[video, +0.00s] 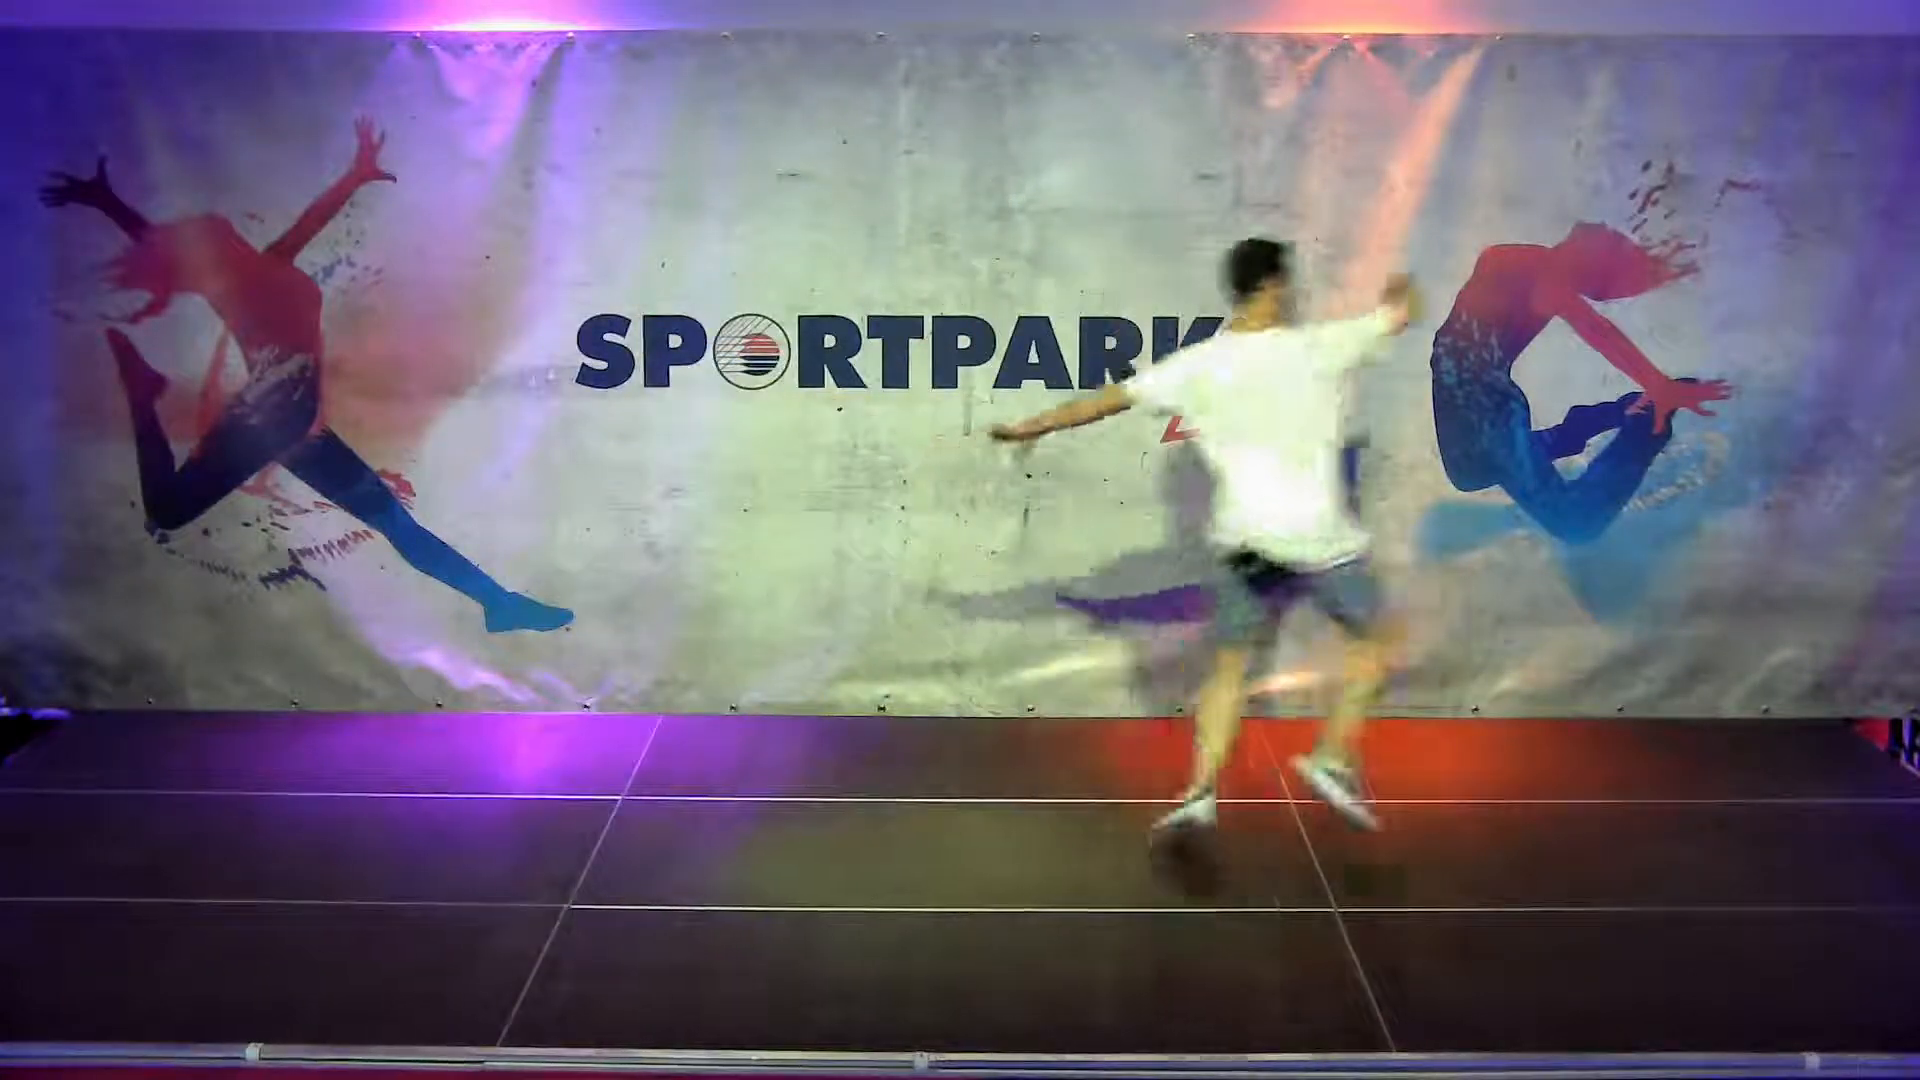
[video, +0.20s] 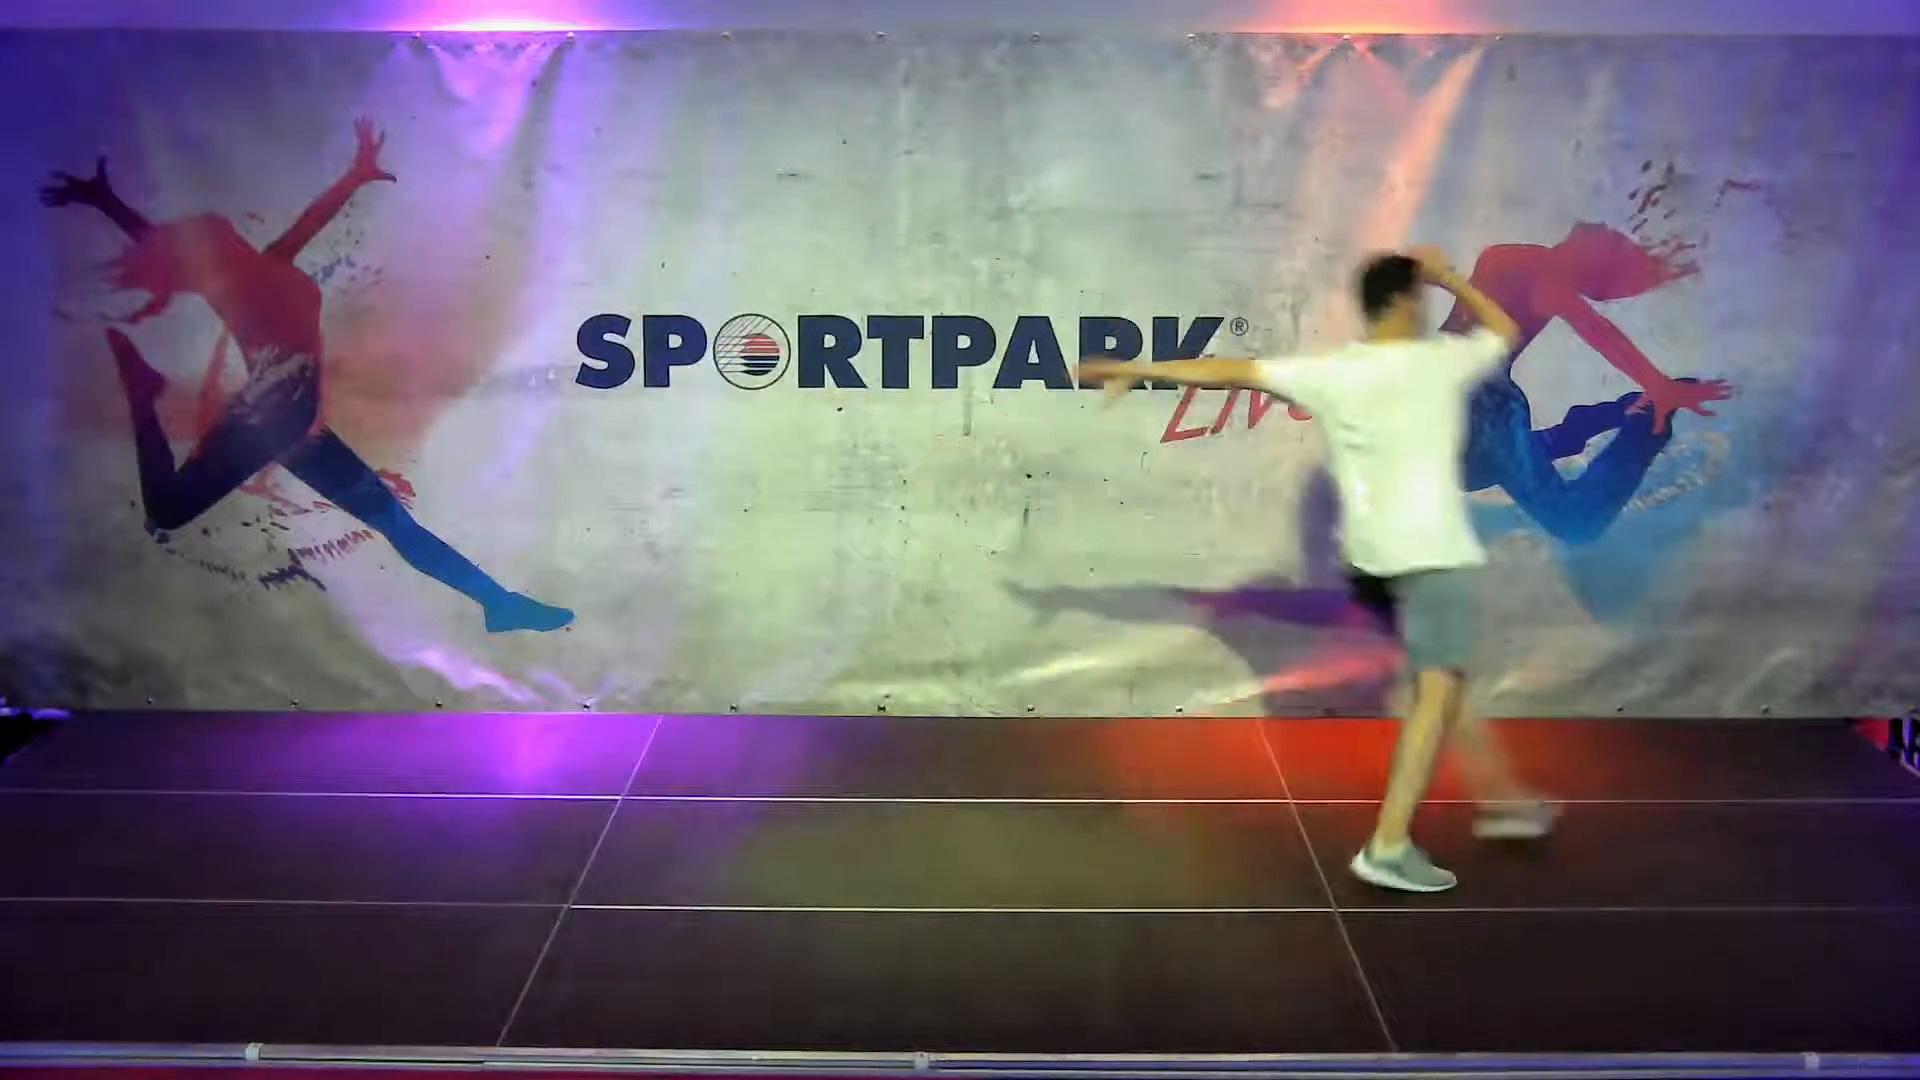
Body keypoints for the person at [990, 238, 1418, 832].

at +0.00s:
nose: (1289, 294)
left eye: (1282, 284)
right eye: (1285, 285)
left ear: (1233, 291)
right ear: (1274, 288)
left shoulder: (1198, 363)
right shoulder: (1319, 347)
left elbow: (1115, 399)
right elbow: (1397, 318)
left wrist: (1034, 427)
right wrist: (1402, 290)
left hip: (1245, 537)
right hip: (1318, 534)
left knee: (1229, 660)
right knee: (1375, 640)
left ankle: (1201, 792)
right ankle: (1333, 759)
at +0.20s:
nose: (1419, 310)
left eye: (1411, 299)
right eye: (1416, 299)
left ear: (1365, 308)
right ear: (1412, 304)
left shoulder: (1331, 371)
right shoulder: (1442, 359)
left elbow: (1237, 371)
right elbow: (1505, 330)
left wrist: (1138, 369)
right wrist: (1450, 277)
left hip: (1371, 559)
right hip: (1437, 553)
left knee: (1447, 679)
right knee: (1434, 694)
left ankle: (1504, 801)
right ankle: (1388, 846)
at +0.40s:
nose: (1570, 347)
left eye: (1567, 337)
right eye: (1567, 336)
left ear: (1514, 339)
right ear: (1555, 338)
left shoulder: (1482, 404)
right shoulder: (1591, 395)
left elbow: (1403, 429)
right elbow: (1661, 402)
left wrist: (1323, 449)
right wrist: (1688, 395)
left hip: (1542, 589)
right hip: (1602, 579)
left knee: (1646, 686)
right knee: (1649, 697)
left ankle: (1674, 818)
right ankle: (1553, 791)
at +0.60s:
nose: (1653, 330)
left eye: (1650, 320)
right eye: (1651, 320)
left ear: (1596, 322)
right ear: (1639, 322)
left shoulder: (1553, 392)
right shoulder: (1661, 389)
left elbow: (1488, 465)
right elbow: (1758, 430)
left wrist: (1495, 481)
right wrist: (1837, 455)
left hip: (1613, 572)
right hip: (1682, 553)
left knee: (1680, 702)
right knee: (1740, 668)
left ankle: (1756, 821)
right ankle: (1804, 784)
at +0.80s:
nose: (1705, 332)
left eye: (1705, 322)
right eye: (1705, 323)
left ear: (1647, 322)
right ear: (1694, 325)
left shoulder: (1606, 391)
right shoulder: (1705, 392)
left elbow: (1617, 436)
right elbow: (1779, 448)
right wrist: (1866, 483)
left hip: (1659, 565)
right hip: (1730, 556)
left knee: (1689, 679)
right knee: (1761, 659)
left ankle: (1737, 777)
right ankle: (1777, 769)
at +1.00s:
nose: (1698, 319)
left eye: (1695, 307)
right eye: (1688, 311)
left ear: (1646, 324)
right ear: (1656, 322)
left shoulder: (1614, 374)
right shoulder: (1686, 387)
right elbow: (1765, 427)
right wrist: (1806, 411)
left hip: (1648, 551)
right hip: (1708, 551)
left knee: (1684, 623)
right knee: (1767, 632)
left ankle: (1644, 720)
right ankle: (1762, 757)